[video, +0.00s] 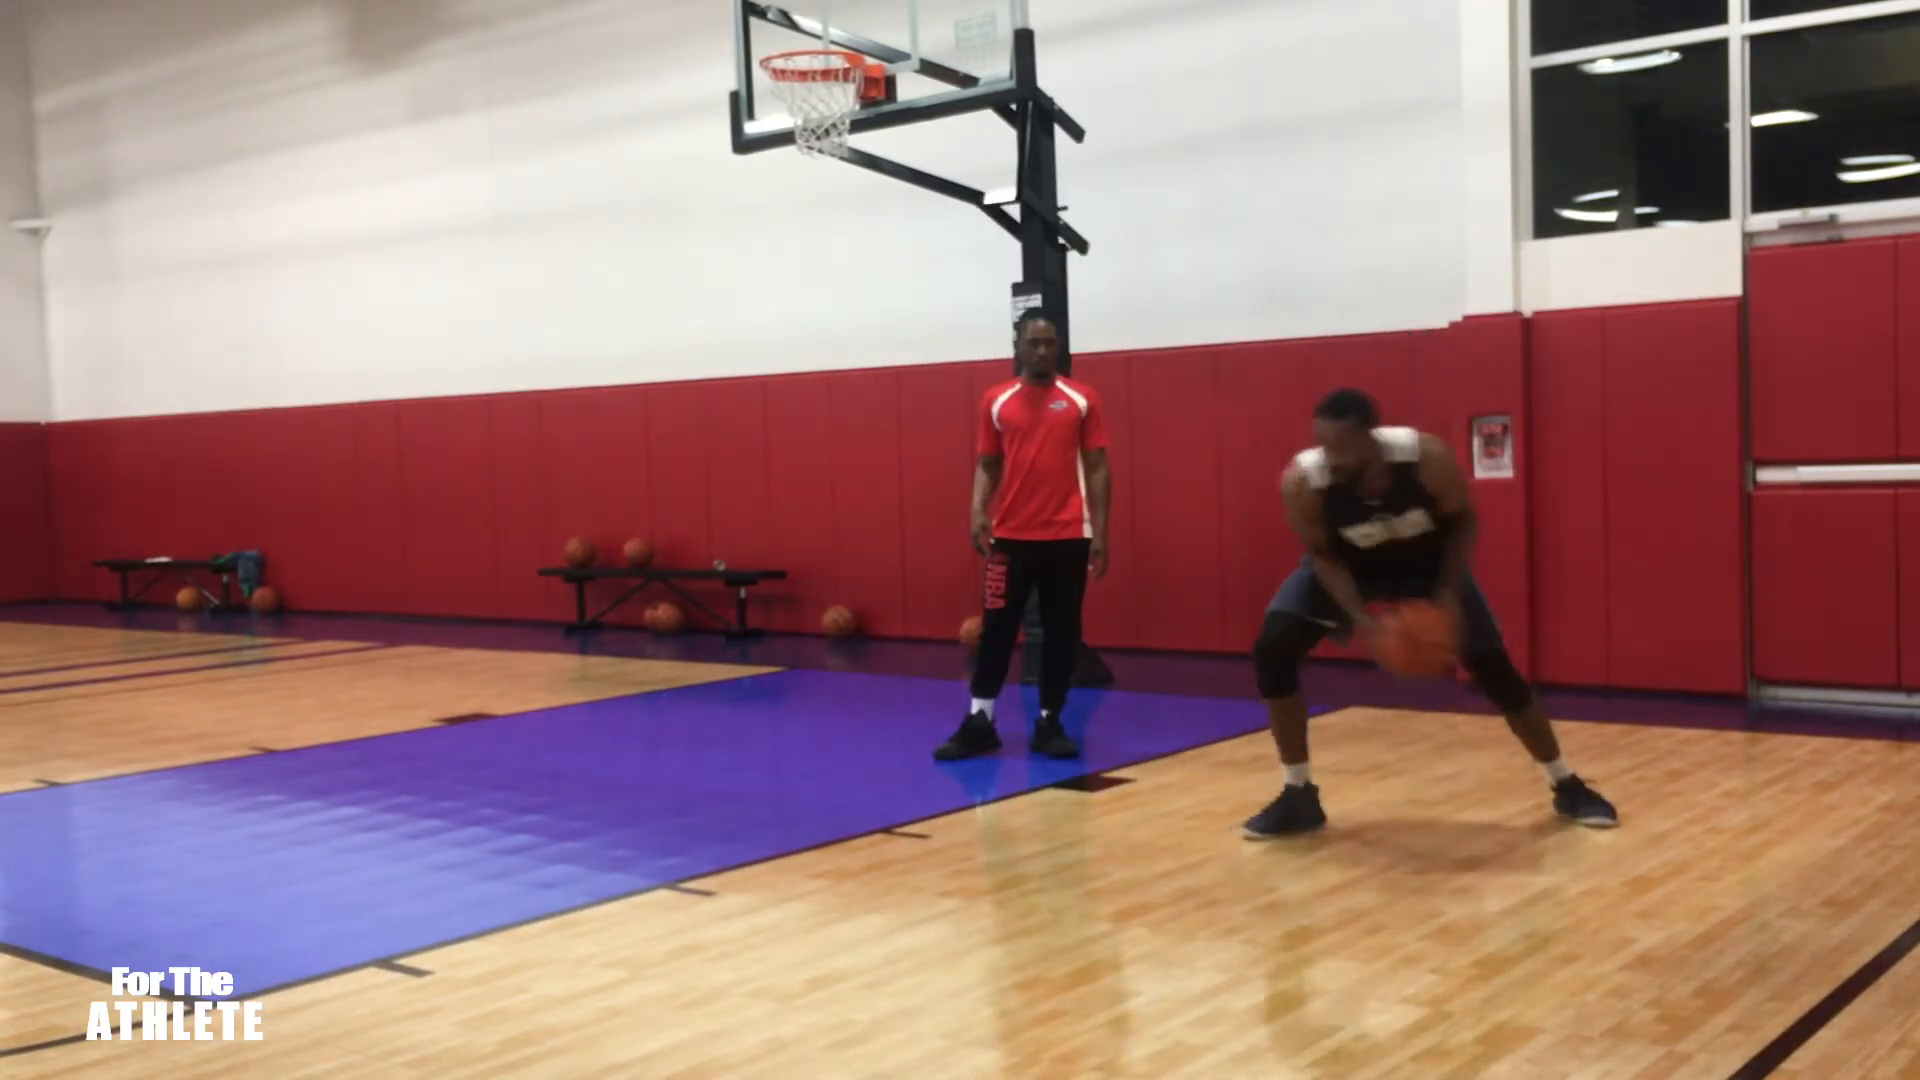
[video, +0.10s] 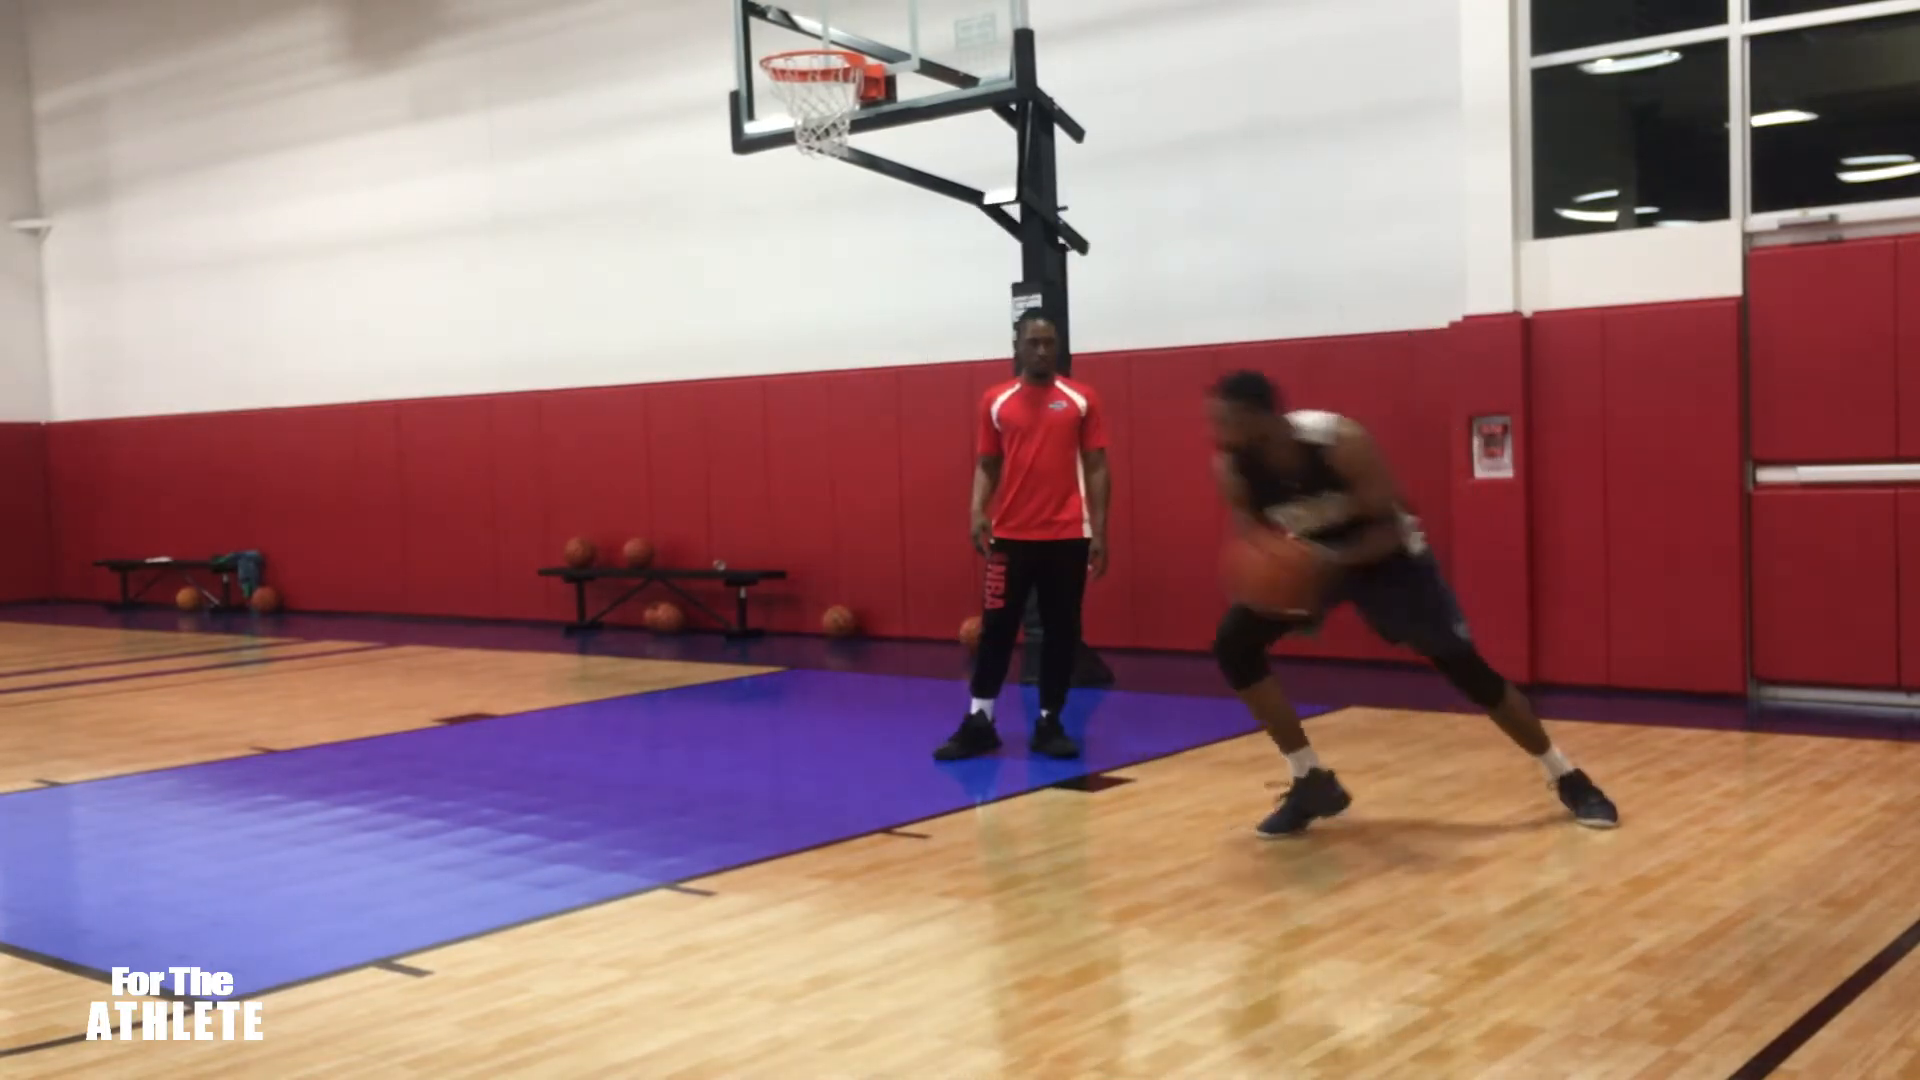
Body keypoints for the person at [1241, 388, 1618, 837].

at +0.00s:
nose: (1330, 456)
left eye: (1339, 445)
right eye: (1324, 445)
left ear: (1368, 436)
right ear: (1319, 439)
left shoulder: (1426, 456)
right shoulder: (1304, 481)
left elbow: (1462, 522)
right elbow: (1321, 555)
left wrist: (1448, 600)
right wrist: (1362, 620)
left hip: (1427, 566)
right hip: (1346, 570)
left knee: (1494, 668)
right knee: (1272, 652)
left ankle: (1566, 784)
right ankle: (1299, 794)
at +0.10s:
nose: (1219, 434)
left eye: (1227, 423)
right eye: (1216, 423)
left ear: (1264, 416)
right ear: (1228, 423)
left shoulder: (1340, 440)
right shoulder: (1234, 466)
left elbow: (1389, 530)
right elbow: (1252, 531)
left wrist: (1327, 560)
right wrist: (1276, 569)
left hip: (1385, 557)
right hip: (1314, 565)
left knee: (1465, 667)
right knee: (1234, 646)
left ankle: (1566, 777)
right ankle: (1313, 781)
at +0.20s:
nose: (1130, 404)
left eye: (1137, 392)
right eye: (1128, 393)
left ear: (1173, 387)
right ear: (1145, 393)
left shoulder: (1239, 419)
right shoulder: (1160, 448)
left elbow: (1255, 508)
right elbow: (1162, 540)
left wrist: (1157, 500)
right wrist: (1115, 510)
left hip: (1334, 557)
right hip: (1265, 568)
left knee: (1414, 667)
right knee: (1210, 669)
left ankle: (1549, 756)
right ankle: (1317, 782)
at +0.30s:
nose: (1059, 393)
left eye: (1067, 381)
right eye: (1057, 382)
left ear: (1100, 376)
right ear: (1078, 384)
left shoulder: (1150, 405)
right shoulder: (1093, 442)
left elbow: (1103, 468)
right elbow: (1053, 512)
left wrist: (991, 455)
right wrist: (983, 491)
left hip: (1270, 554)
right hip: (1212, 568)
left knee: (1295, 679)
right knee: (1184, 678)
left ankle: (1438, 745)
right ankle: (1310, 777)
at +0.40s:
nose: (990, 377)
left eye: (997, 364)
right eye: (988, 366)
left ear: (1026, 358)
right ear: (1012, 365)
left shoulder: (1070, 387)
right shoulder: (1019, 420)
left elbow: (990, 432)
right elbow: (949, 480)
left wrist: (874, 440)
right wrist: (861, 481)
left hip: (1181, 538)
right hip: (1153, 549)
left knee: (1142, 669)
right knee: (1162, 680)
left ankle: (1257, 782)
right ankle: (1298, 771)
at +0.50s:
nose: (908, 356)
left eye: (912, 344)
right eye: (909, 346)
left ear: (933, 341)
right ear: (949, 341)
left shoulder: (979, 375)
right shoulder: (952, 402)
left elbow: (894, 439)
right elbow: (879, 474)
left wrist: (791, 465)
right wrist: (794, 496)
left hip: (1056, 541)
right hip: (1082, 542)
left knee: (987, 642)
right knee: (1133, 669)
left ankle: (975, 791)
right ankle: (1261, 752)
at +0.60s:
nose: (823, 360)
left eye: (828, 349)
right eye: (826, 349)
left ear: (846, 348)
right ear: (870, 344)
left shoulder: (877, 394)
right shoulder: (901, 388)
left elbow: (832, 478)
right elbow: (837, 493)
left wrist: (743, 504)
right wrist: (762, 521)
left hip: (947, 557)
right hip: (989, 553)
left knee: (867, 656)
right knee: (1011, 685)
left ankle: (842, 818)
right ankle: (1159, 730)